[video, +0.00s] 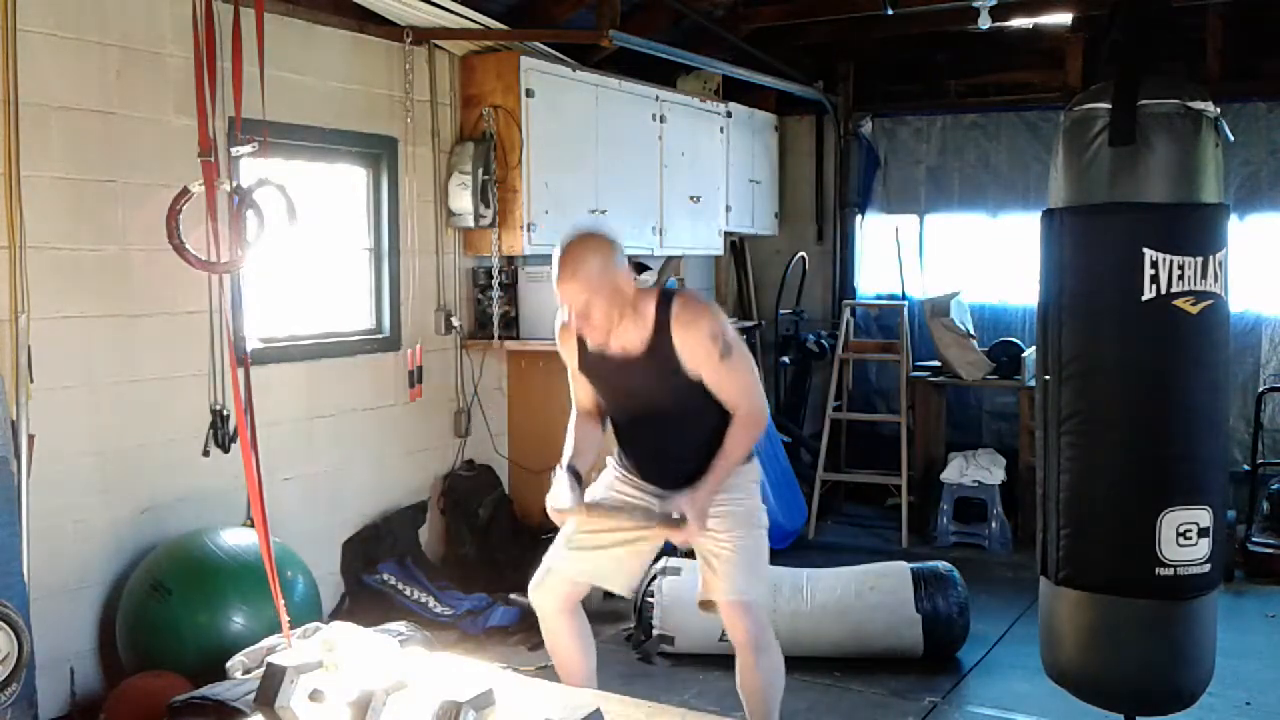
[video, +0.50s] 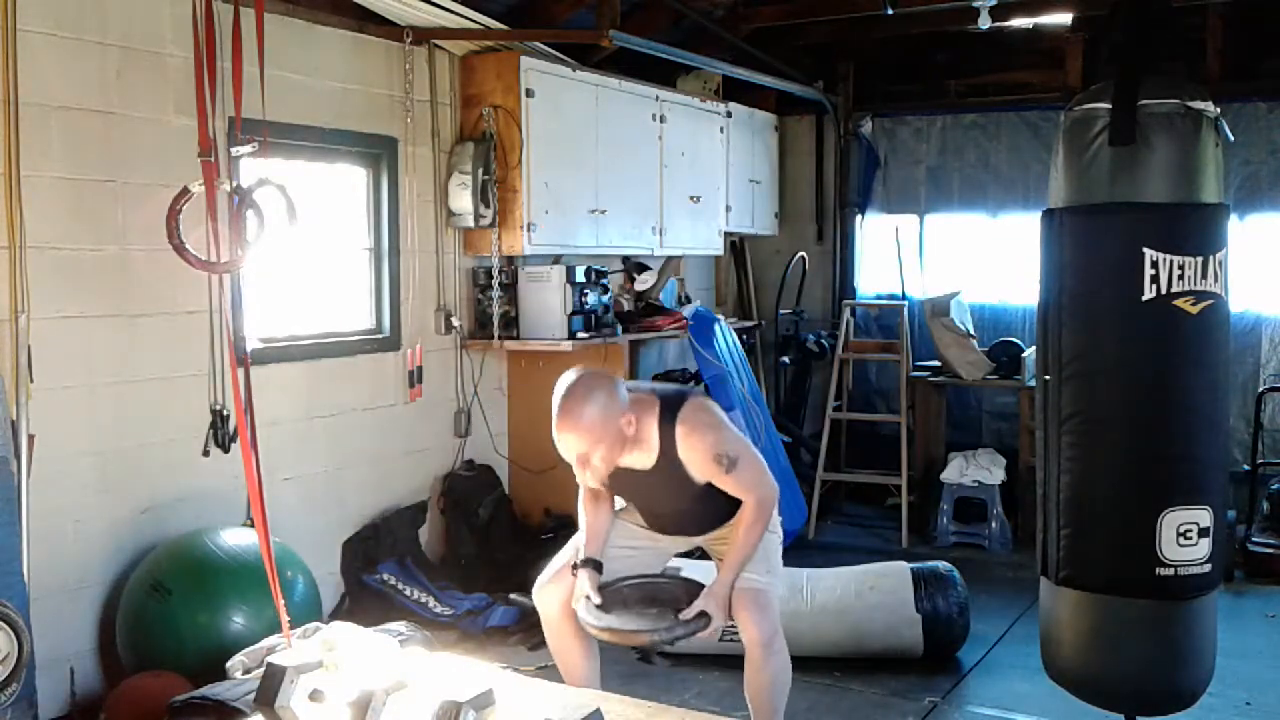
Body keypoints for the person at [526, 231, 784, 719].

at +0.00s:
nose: (575, 324)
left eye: (582, 309)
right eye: (569, 311)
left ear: (618, 285)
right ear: (566, 296)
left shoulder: (692, 320)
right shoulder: (573, 335)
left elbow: (753, 413)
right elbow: (588, 412)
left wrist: (701, 493)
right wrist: (572, 475)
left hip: (722, 476)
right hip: (635, 476)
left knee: (743, 617)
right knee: (551, 593)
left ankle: (762, 717)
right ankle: (586, 713)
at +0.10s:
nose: (580, 373)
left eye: (587, 358)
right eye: (572, 359)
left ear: (622, 332)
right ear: (566, 344)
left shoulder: (693, 355)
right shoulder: (572, 367)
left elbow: (757, 441)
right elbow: (593, 438)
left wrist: (710, 530)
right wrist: (581, 502)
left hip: (732, 492)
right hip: (643, 491)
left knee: (763, 619)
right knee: (552, 589)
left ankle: (765, 717)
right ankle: (585, 712)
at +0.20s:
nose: (578, 413)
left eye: (585, 400)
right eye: (570, 400)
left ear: (626, 373)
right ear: (564, 383)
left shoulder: (697, 389)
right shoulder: (575, 397)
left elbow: (760, 463)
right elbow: (594, 460)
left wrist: (720, 549)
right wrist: (586, 529)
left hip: (733, 502)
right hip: (648, 499)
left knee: (766, 618)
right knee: (554, 586)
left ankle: (767, 716)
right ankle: (586, 711)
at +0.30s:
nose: (583, 456)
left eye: (588, 443)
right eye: (575, 445)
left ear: (628, 407)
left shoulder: (700, 414)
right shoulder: (591, 411)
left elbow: (764, 478)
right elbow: (597, 479)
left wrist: (729, 567)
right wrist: (593, 548)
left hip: (736, 516)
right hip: (650, 513)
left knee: (760, 612)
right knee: (556, 590)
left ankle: (767, 716)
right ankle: (588, 710)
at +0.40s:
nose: (583, 479)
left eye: (592, 466)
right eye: (574, 467)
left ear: (629, 432)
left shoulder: (702, 436)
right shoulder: (592, 426)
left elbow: (766, 494)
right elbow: (598, 491)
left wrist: (727, 583)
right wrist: (594, 562)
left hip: (737, 519)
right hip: (651, 519)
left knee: (764, 621)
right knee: (555, 593)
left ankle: (768, 717)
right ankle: (587, 711)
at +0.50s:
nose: (578, 472)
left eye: (584, 458)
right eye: (571, 461)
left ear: (626, 425)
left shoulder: (698, 430)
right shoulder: (591, 421)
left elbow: (763, 494)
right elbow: (595, 490)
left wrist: (724, 583)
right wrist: (589, 562)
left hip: (732, 520)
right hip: (648, 519)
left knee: (759, 626)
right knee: (552, 595)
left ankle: (766, 716)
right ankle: (588, 712)